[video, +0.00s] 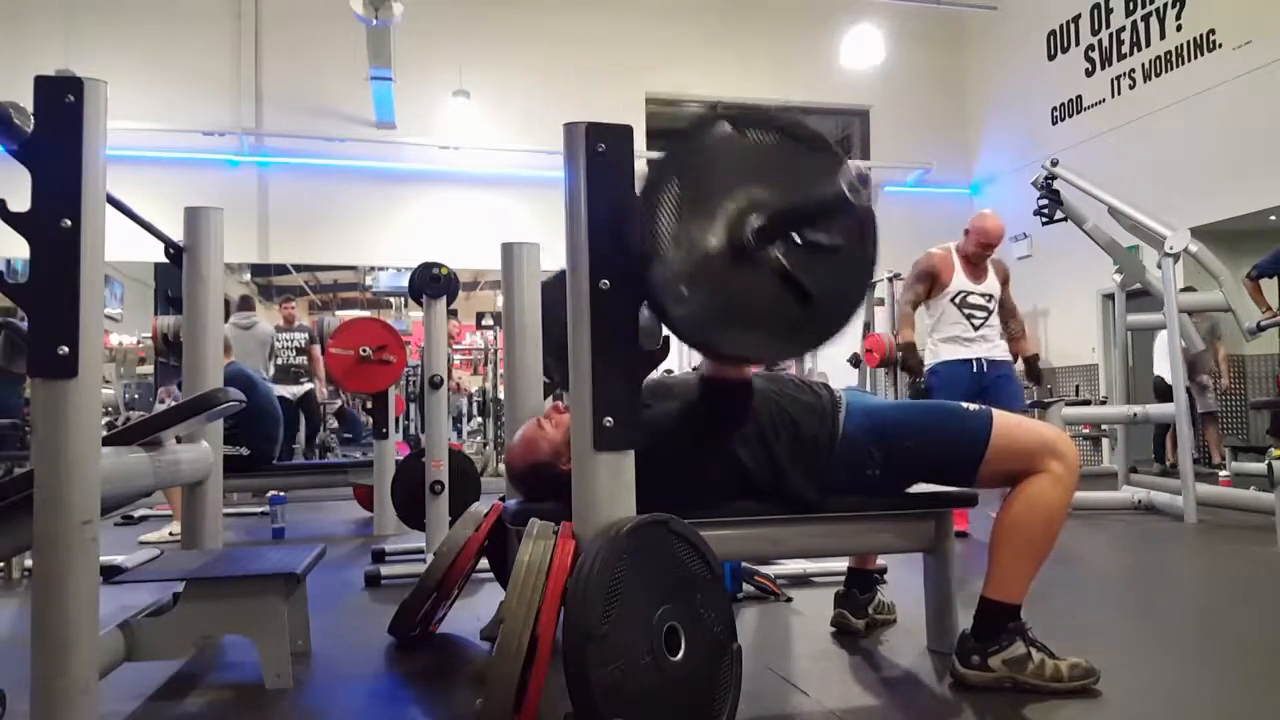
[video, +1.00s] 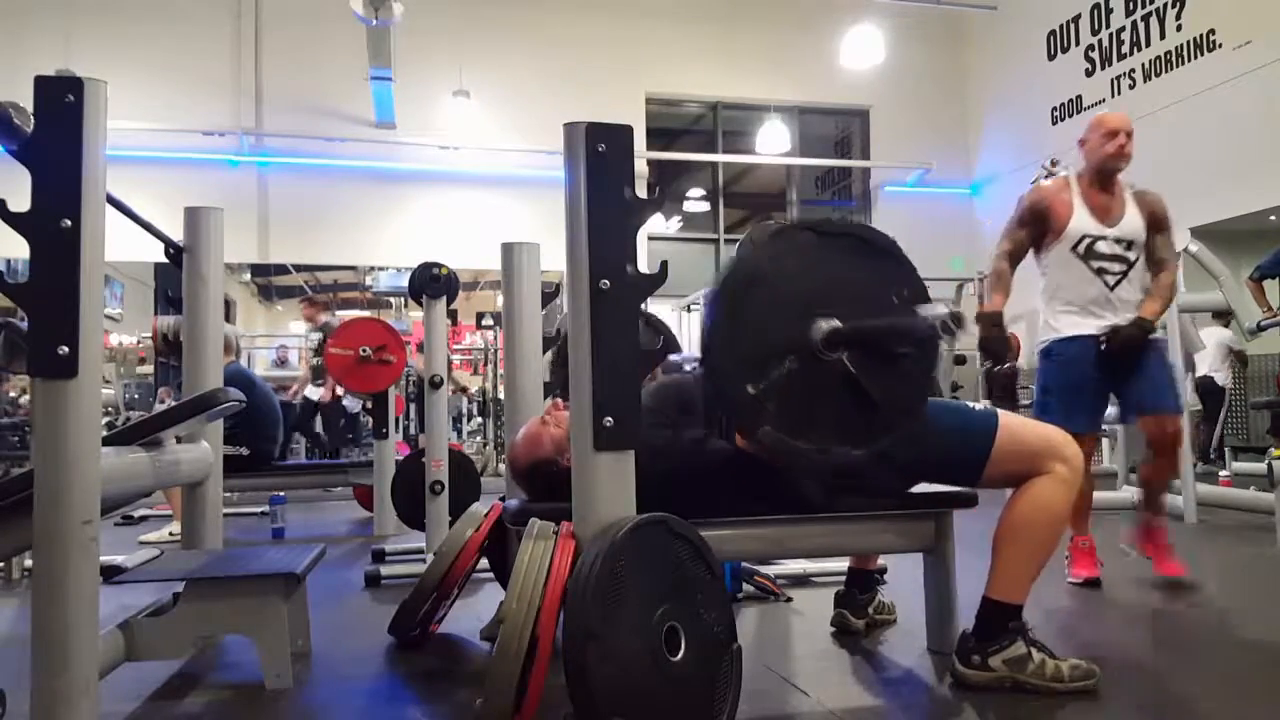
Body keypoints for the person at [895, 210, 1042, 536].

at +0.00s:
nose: (986, 255)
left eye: (992, 249)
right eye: (981, 247)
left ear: (998, 244)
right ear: (966, 233)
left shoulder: (998, 270)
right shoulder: (935, 262)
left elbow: (1010, 316)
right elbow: (905, 304)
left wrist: (1029, 357)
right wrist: (907, 346)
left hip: (998, 365)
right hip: (950, 366)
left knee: (1017, 436)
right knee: (953, 441)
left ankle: (1015, 510)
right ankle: (957, 511)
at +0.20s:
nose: (1013, 251)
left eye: (1019, 245)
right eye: (1008, 244)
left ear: (1025, 240)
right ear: (990, 229)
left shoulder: (1025, 266)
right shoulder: (957, 258)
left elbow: (1034, 310)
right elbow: (919, 295)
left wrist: (1055, 353)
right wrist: (917, 341)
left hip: (1018, 368)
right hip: (965, 367)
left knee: (1027, 445)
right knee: (962, 442)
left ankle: (1036, 516)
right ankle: (959, 509)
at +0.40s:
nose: (1039, 234)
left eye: (1046, 227)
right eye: (1032, 225)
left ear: (1052, 222)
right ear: (1014, 213)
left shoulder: (1058, 252)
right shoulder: (980, 245)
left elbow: (1088, 294)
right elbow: (941, 290)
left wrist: (1116, 325)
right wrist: (938, 322)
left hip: (1051, 355)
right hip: (998, 354)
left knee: (1058, 443)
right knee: (1002, 439)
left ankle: (1054, 525)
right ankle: (987, 495)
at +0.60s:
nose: (1062, 205)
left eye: (1068, 196)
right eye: (1054, 197)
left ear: (1075, 196)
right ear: (1032, 195)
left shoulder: (1087, 235)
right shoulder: (1002, 235)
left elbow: (1128, 274)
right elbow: (962, 280)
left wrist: (1156, 294)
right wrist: (944, 328)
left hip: (1075, 354)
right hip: (1023, 349)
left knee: (1069, 446)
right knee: (1034, 441)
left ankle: (1055, 528)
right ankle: (1036, 533)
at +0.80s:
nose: (1086, 180)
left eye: (1092, 172)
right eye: (1075, 171)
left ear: (1098, 181)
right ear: (1051, 178)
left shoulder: (1112, 229)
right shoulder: (1022, 228)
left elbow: (1148, 278)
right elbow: (979, 285)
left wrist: (1150, 311)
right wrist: (971, 332)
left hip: (1104, 352)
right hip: (1051, 347)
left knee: (1099, 452)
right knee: (1072, 441)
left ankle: (1058, 521)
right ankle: (1078, 539)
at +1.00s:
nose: (1123, 145)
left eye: (1128, 137)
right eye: (1112, 136)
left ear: (1133, 147)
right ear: (1084, 145)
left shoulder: (1148, 206)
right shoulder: (1047, 199)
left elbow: (1166, 273)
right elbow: (1004, 259)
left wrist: (1141, 324)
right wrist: (991, 321)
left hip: (1133, 336)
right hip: (1069, 340)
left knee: (1167, 432)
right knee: (1077, 449)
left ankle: (1150, 528)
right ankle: (1081, 541)